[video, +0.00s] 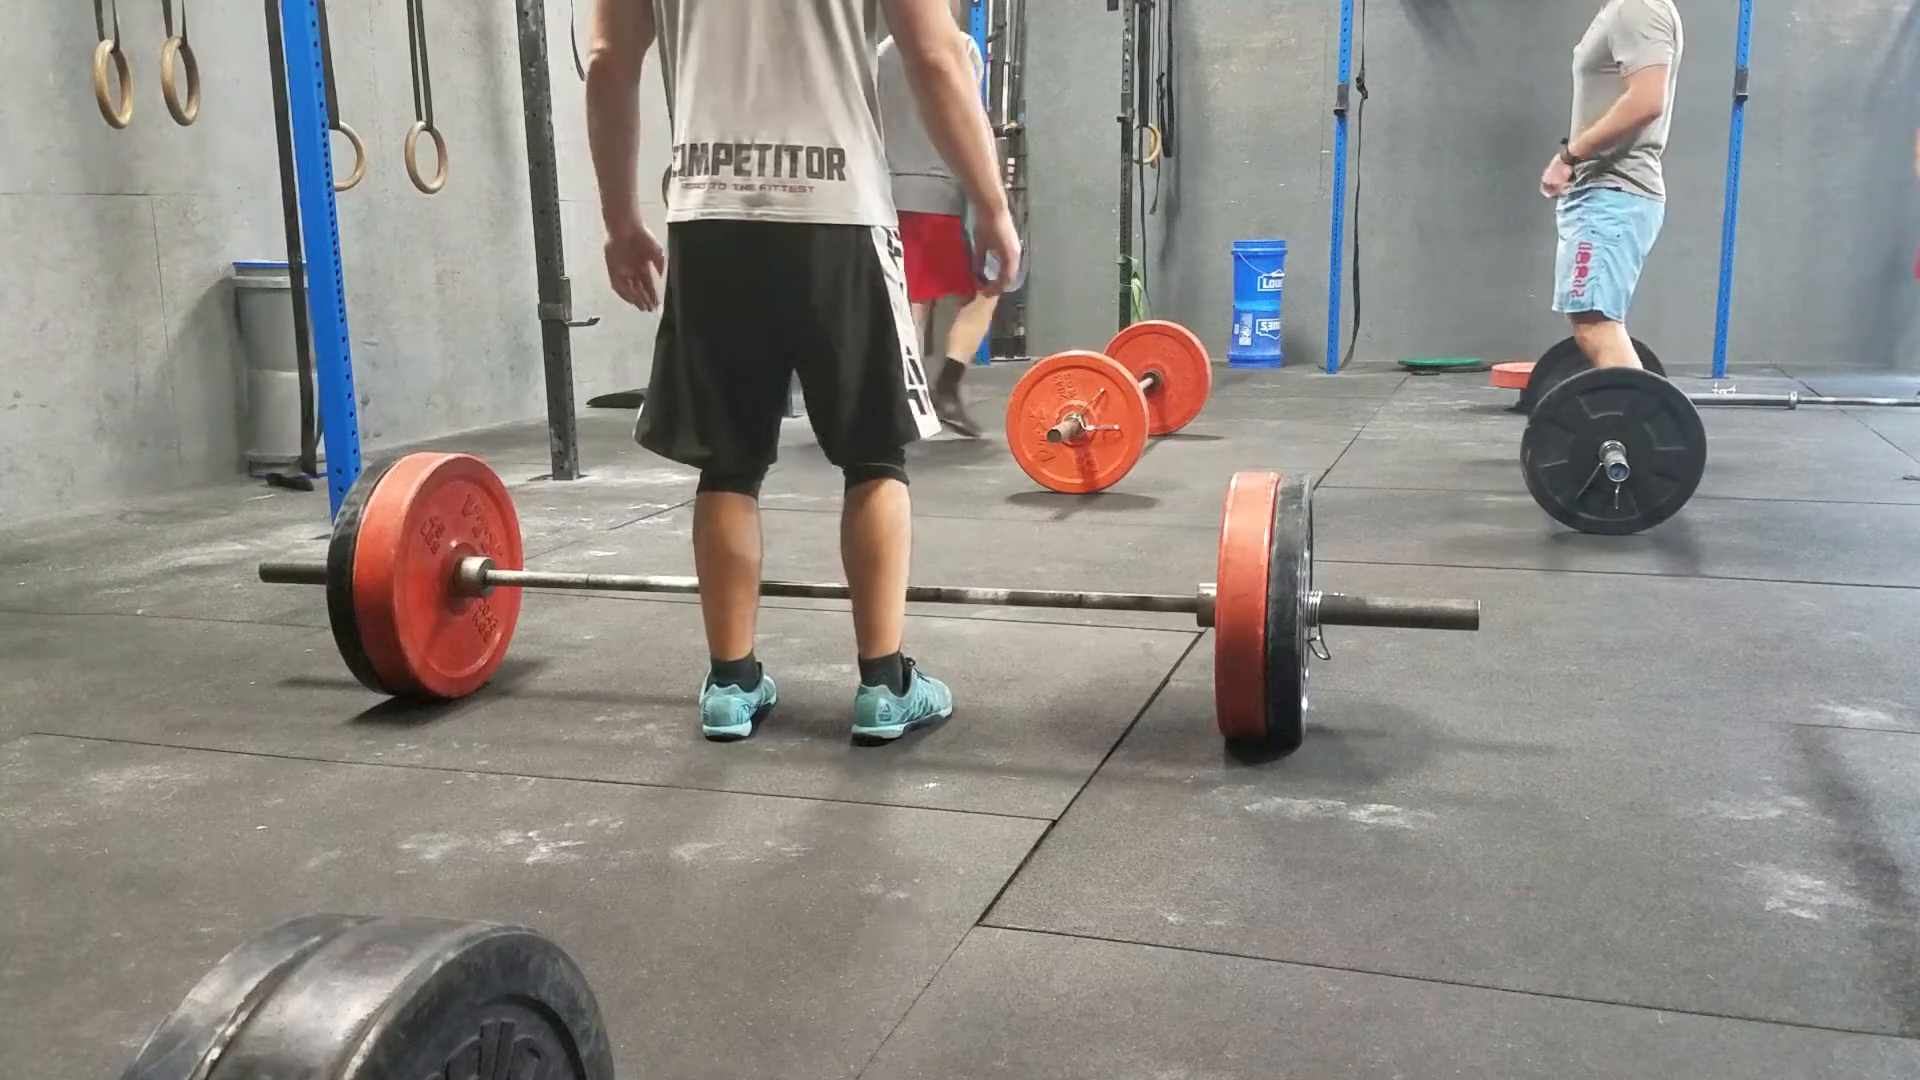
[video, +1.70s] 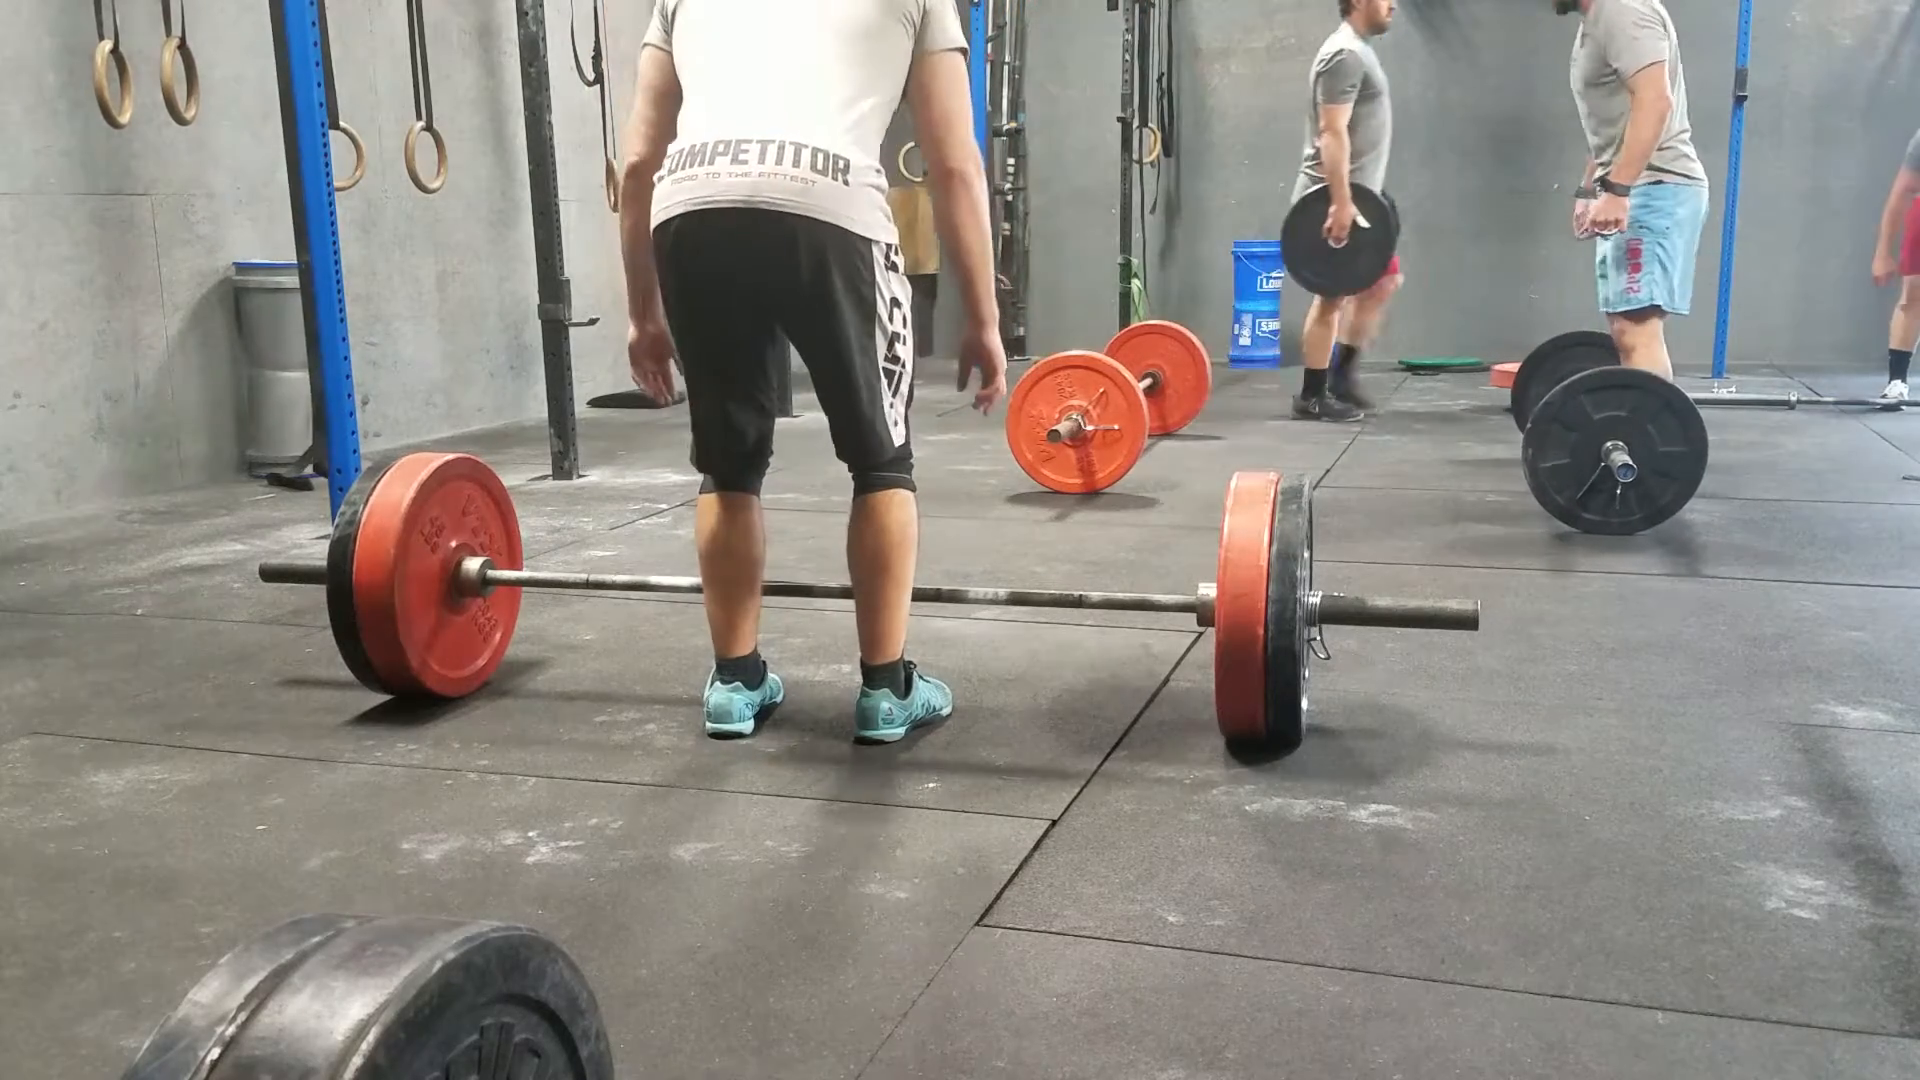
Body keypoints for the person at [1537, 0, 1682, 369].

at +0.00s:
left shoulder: (1638, 8)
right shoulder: (1622, 11)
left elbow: (1646, 100)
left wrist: (1569, 155)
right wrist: (1571, 159)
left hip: (1615, 190)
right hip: (1602, 190)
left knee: (1596, 325)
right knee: (1596, 324)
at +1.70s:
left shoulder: (1623, 12)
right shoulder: (1595, 21)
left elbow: (1654, 103)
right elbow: (1612, 119)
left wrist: (1617, 189)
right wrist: (1589, 190)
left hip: (1657, 184)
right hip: (1634, 186)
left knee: (1637, 331)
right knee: (1626, 331)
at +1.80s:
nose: (1520, 25)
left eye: (1517, 12)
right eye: (1514, 17)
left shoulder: (1612, 21)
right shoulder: (1585, 36)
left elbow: (1656, 107)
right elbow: (1607, 133)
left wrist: (1622, 198)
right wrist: (1588, 207)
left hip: (1674, 183)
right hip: (1650, 185)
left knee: (1639, 329)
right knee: (1638, 329)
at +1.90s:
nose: (1508, 72)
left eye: (1503, 60)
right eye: (1500, 64)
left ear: (1523, 33)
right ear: (1526, 34)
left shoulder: (1593, 47)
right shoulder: (1578, 66)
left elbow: (1650, 121)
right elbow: (1601, 164)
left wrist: (1629, 216)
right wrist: (1587, 238)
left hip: (1694, 186)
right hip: (1676, 188)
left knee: (1642, 327)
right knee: (1643, 329)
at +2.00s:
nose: (1501, 119)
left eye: (1495, 109)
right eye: (1493, 114)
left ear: (1512, 76)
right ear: (1511, 76)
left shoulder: (1580, 77)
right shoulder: (1562, 115)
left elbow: (1645, 144)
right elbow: (1593, 195)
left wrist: (1640, 236)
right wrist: (1586, 274)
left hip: (1711, 188)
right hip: (1686, 192)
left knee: (1646, 328)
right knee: (1647, 331)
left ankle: (1659, 458)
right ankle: (1661, 457)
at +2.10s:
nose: (1497, 159)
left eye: (1490, 150)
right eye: (1488, 156)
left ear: (1501, 121)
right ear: (1500, 121)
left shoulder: (1569, 109)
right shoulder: (1555, 149)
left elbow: (1645, 164)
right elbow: (1586, 227)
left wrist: (1652, 252)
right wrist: (1580, 308)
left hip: (1721, 187)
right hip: (1699, 193)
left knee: (1650, 324)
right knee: (1646, 325)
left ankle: (1658, 455)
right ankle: (1658, 453)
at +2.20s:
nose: (1496, 197)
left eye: (1487, 189)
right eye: (1486, 195)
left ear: (1496, 161)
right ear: (1497, 158)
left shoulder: (1562, 138)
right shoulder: (1554, 178)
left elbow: (1644, 179)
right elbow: (1582, 258)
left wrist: (1663, 265)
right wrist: (1573, 339)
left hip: (1724, 191)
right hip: (1705, 198)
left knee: (1648, 324)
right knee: (1651, 328)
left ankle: (1658, 455)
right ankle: (1657, 455)